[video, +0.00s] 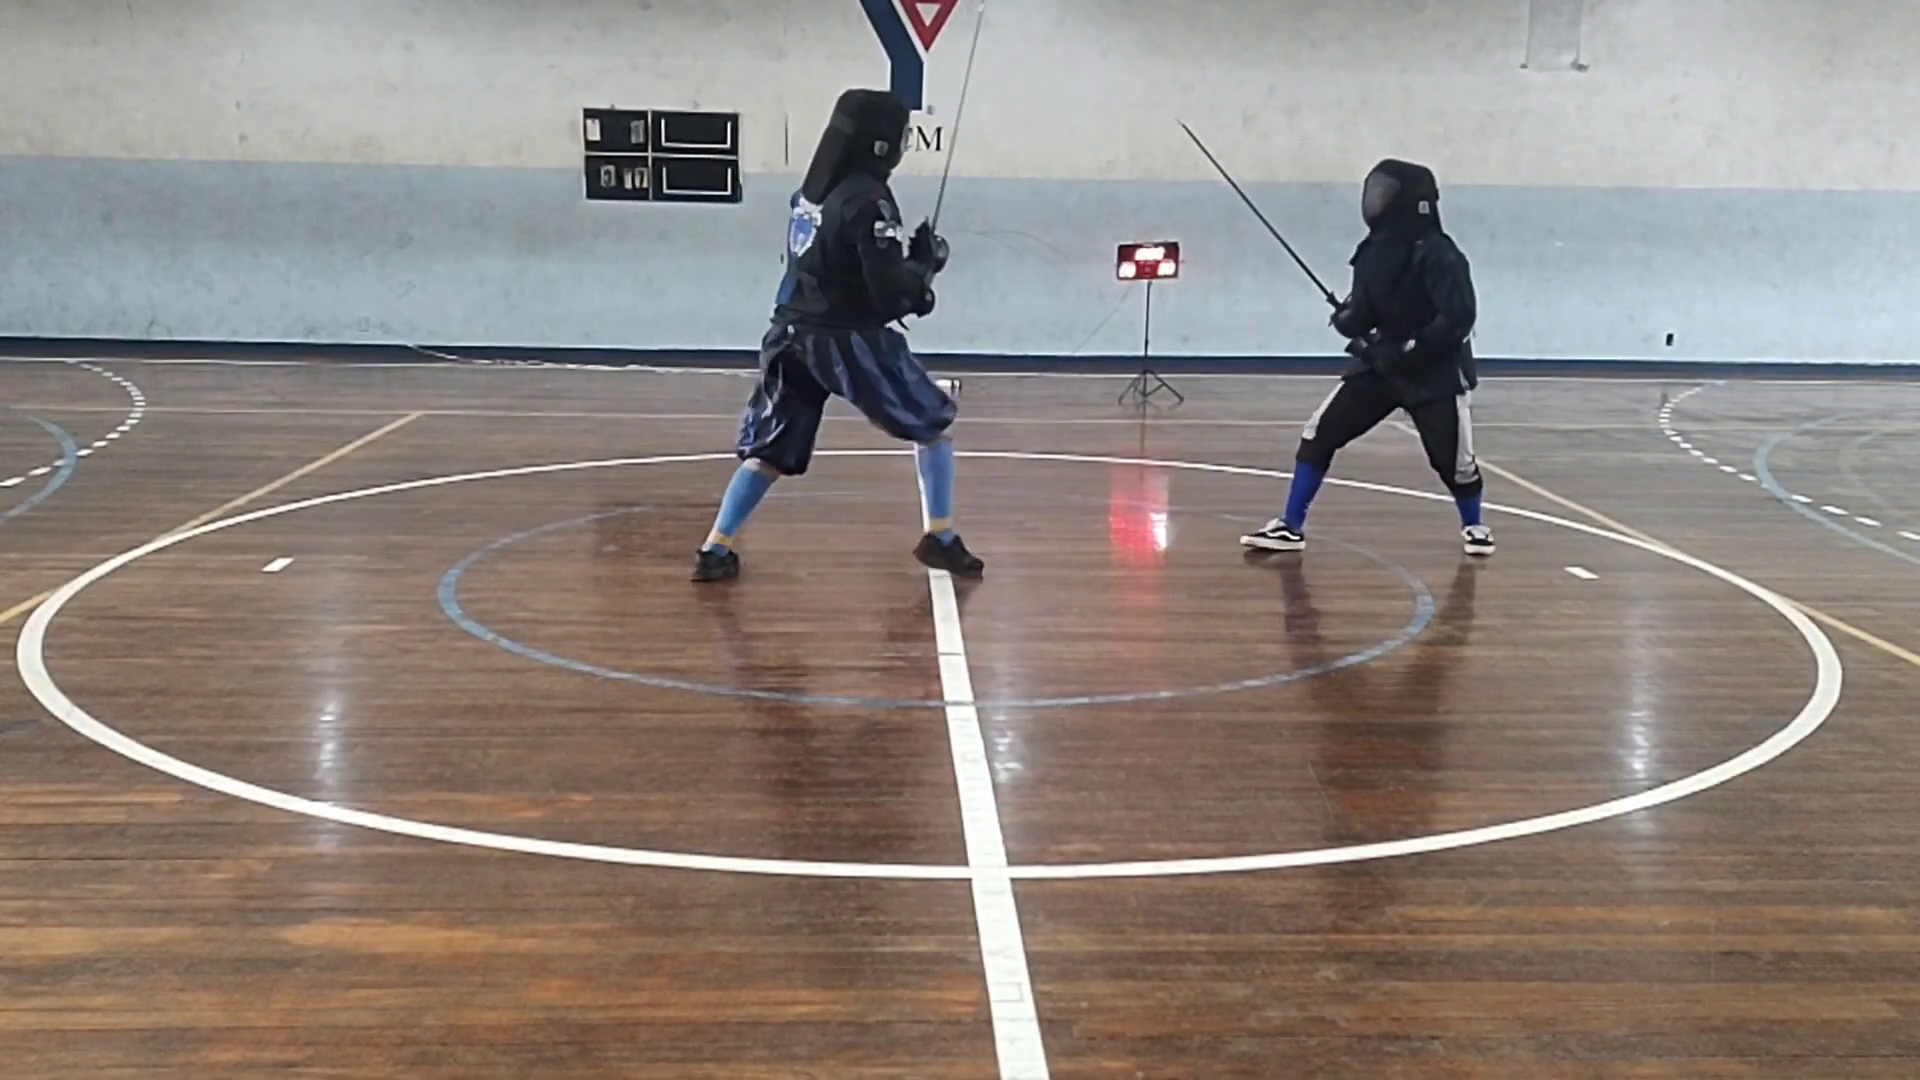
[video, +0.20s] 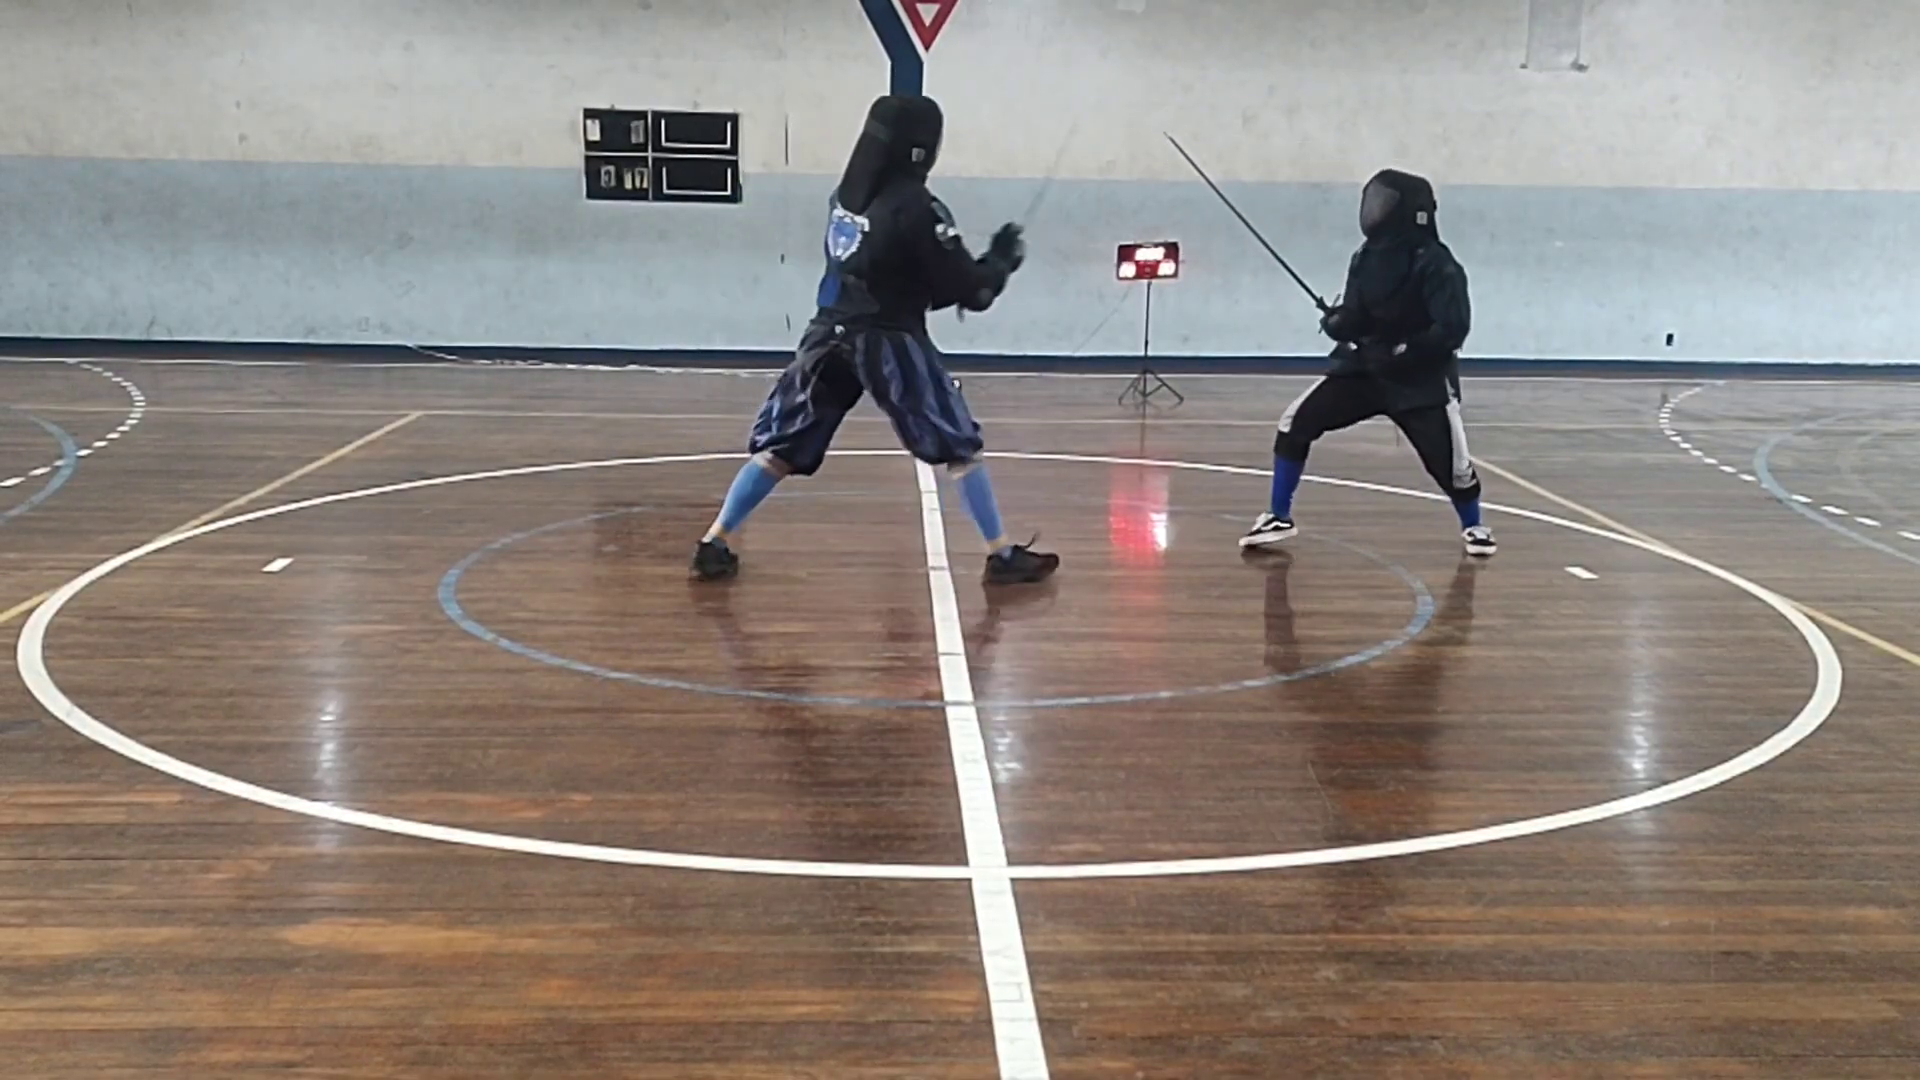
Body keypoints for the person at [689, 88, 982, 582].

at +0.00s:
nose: (901, 148)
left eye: (901, 138)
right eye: (898, 139)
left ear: (846, 136)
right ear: (880, 144)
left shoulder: (812, 187)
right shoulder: (869, 201)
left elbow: (828, 269)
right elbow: (892, 285)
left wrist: (904, 270)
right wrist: (925, 264)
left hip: (792, 333)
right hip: (853, 338)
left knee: (772, 445)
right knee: (932, 423)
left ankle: (716, 547)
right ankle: (940, 535)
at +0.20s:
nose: (933, 154)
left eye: (932, 145)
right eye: (931, 146)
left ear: (875, 141)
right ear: (919, 151)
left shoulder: (847, 194)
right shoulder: (918, 208)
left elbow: (890, 274)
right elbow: (968, 286)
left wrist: (961, 282)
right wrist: (1000, 262)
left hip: (828, 333)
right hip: (893, 341)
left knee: (785, 443)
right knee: (957, 443)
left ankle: (716, 540)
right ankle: (1002, 551)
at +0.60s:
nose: (962, 152)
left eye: (958, 143)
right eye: (959, 143)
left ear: (905, 142)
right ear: (948, 151)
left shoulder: (879, 186)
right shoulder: (948, 206)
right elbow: (1025, 252)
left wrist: (983, 222)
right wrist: (1063, 227)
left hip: (855, 336)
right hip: (920, 343)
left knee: (808, 443)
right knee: (991, 435)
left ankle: (732, 531)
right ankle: (1008, 550)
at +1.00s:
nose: (987, 147)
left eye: (988, 141)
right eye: (984, 139)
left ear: (935, 137)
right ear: (972, 148)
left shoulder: (905, 172)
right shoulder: (974, 199)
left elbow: (967, 173)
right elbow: (1046, 212)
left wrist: (1014, 166)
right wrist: (1096, 196)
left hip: (875, 335)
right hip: (938, 341)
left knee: (828, 437)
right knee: (1005, 435)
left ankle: (757, 533)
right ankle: (1010, 552)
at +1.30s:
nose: (1015, 157)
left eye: (1015, 148)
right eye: (1014, 149)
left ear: (965, 132)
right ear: (1002, 153)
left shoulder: (928, 160)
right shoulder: (997, 200)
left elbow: (978, 127)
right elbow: (1065, 187)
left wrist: (1048, 128)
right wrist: (1110, 156)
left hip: (895, 329)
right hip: (958, 336)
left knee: (854, 436)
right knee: (1015, 439)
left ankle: (789, 538)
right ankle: (1009, 550)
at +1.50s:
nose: (1033, 156)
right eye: (1030, 148)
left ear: (974, 128)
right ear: (1016, 151)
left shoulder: (937, 162)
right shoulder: (1014, 202)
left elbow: (981, 100)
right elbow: (1074, 169)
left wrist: (1045, 94)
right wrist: (1113, 126)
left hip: (910, 328)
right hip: (975, 336)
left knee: (869, 434)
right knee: (1025, 441)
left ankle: (806, 537)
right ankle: (1009, 552)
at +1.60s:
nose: (1037, 155)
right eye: (1035, 148)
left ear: (977, 129)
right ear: (1020, 151)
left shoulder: (941, 164)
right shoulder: (1020, 201)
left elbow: (981, 97)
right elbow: (1076, 166)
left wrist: (1043, 87)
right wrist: (1115, 122)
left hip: (917, 326)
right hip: (983, 335)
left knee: (873, 431)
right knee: (1029, 441)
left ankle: (811, 536)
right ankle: (1009, 552)